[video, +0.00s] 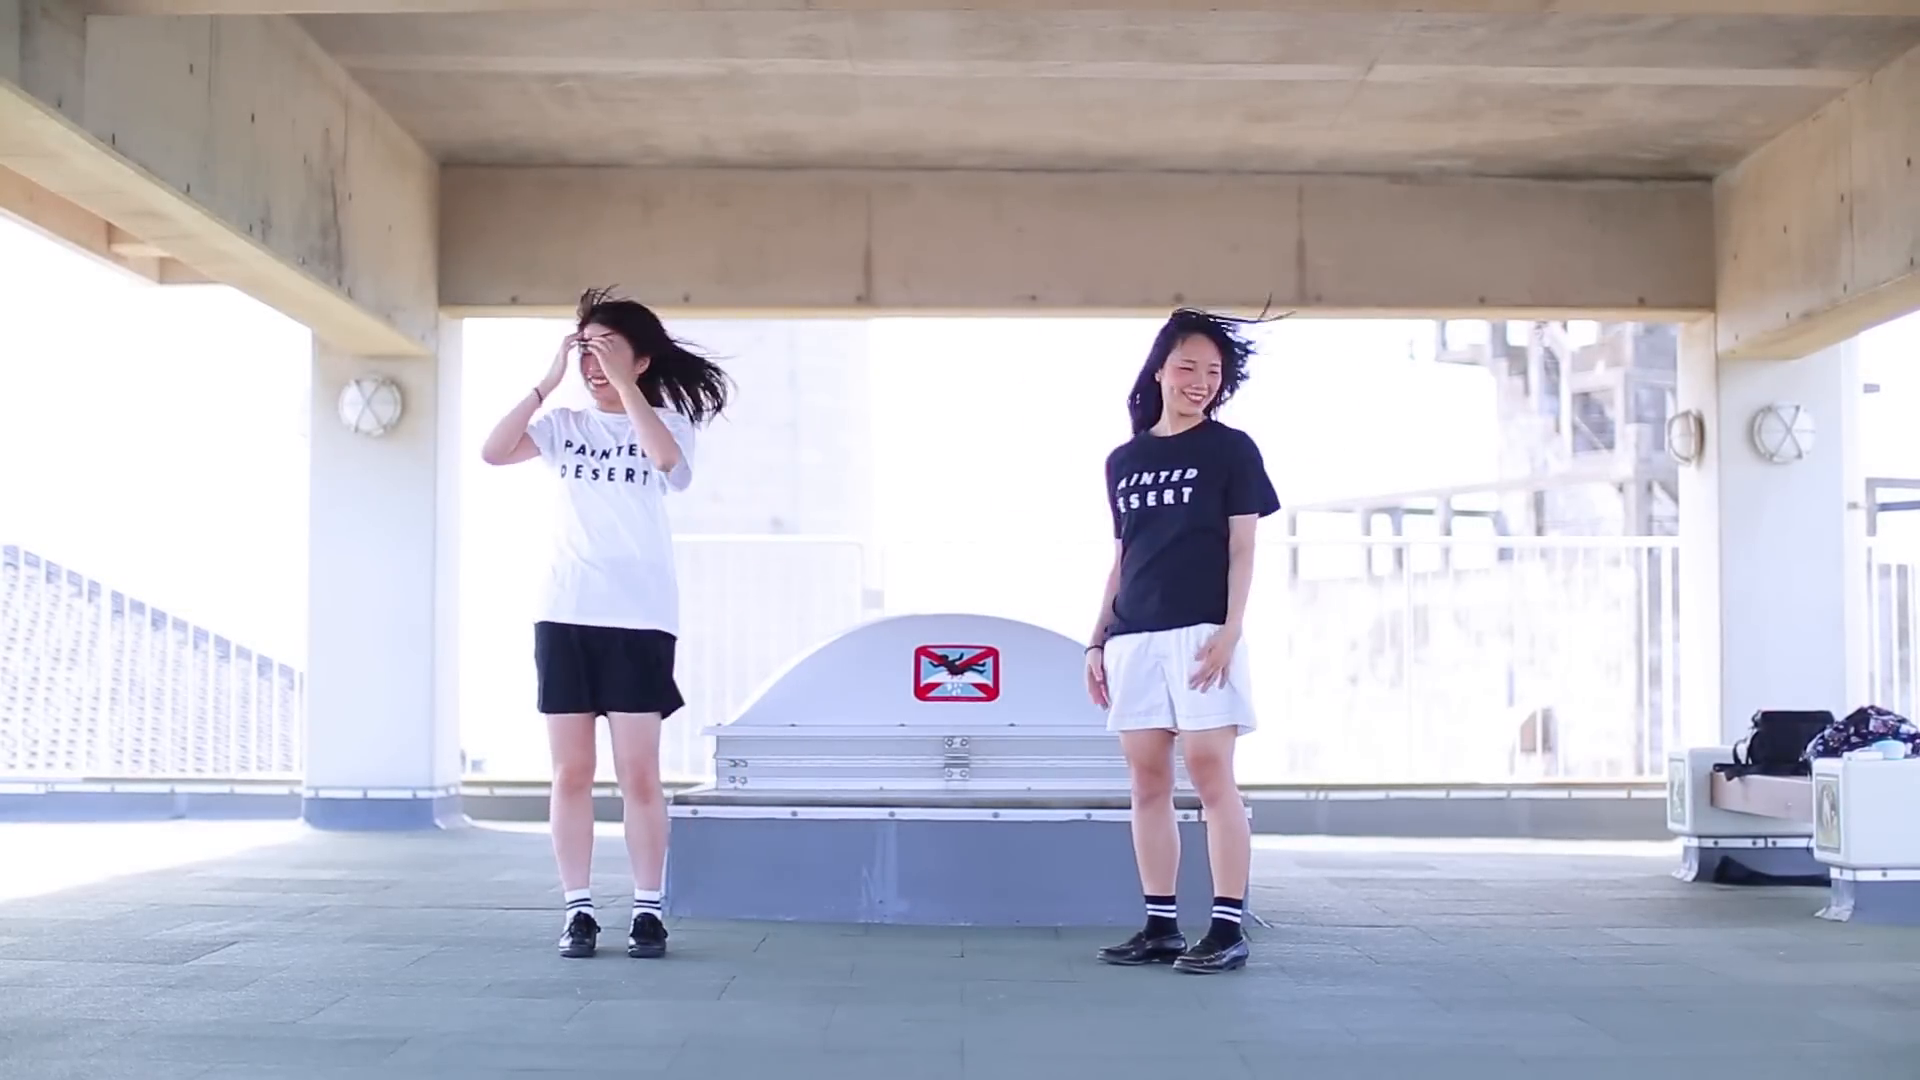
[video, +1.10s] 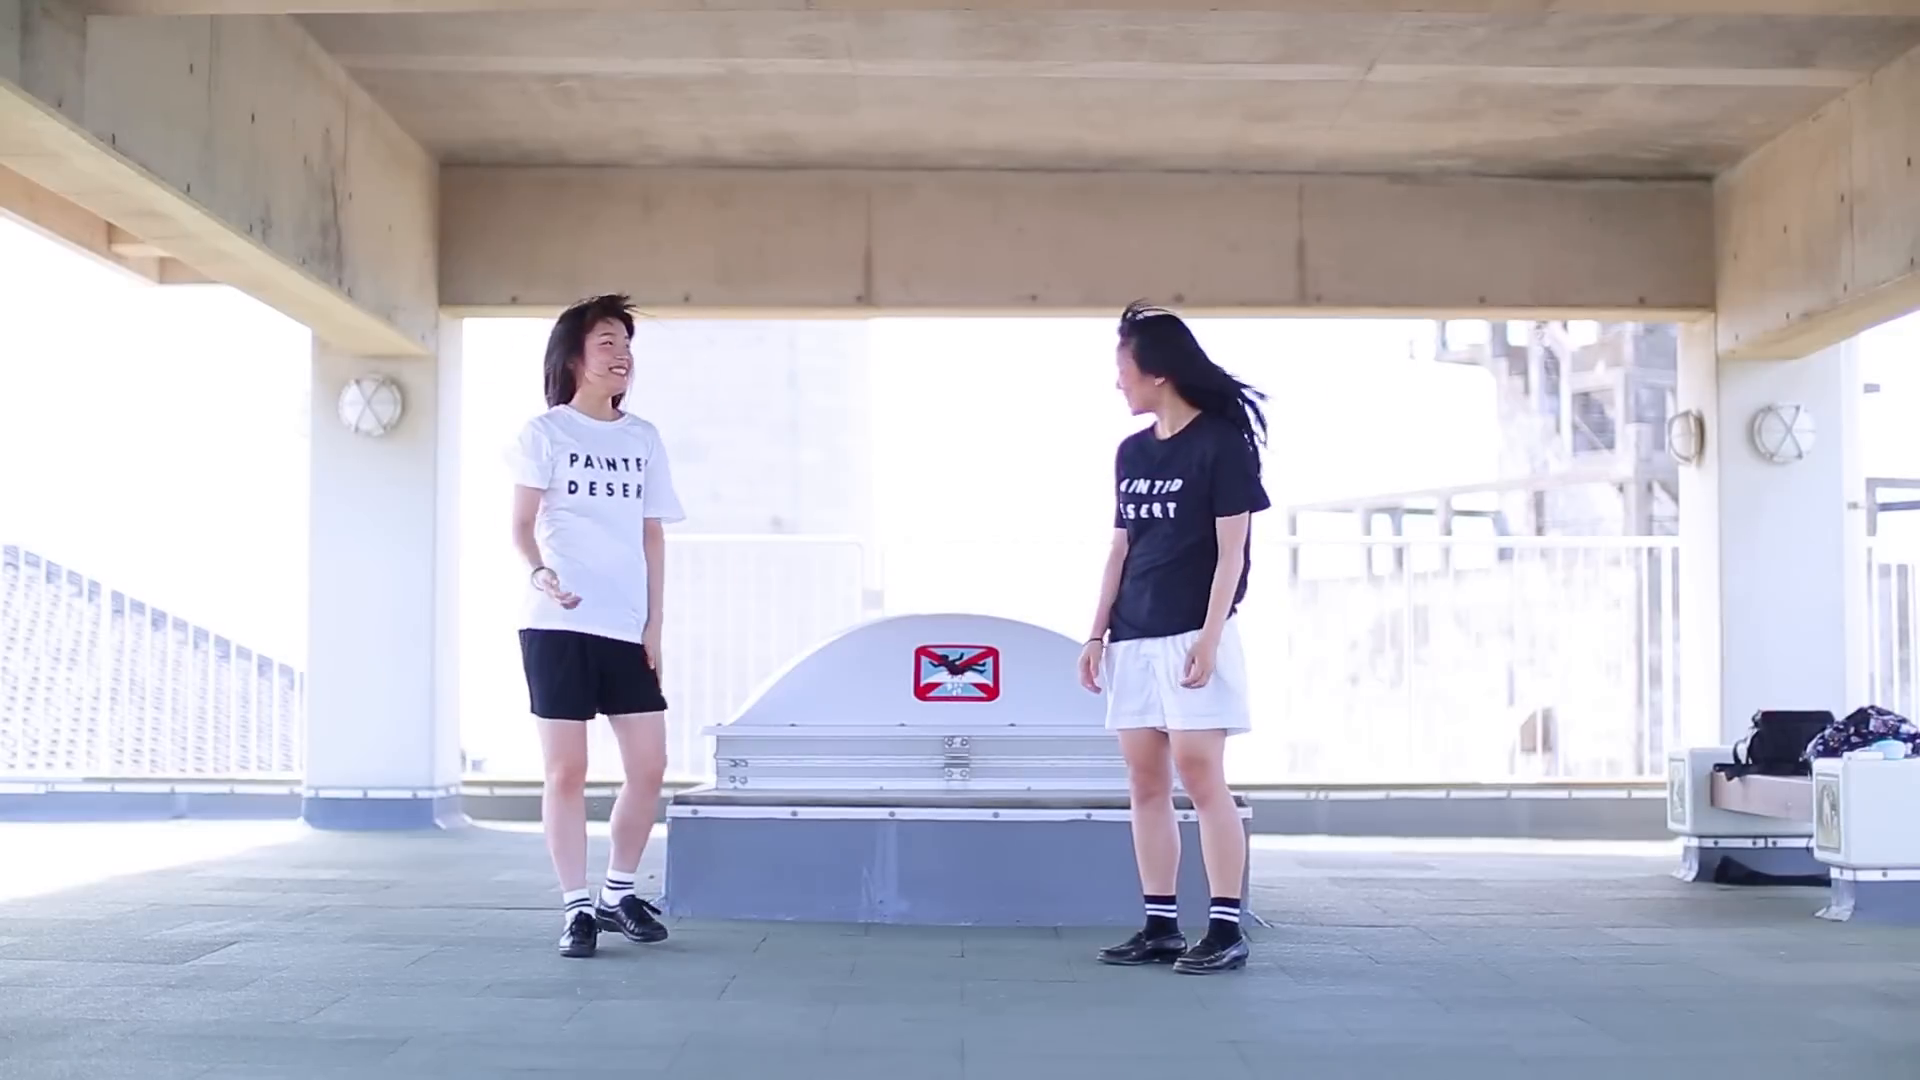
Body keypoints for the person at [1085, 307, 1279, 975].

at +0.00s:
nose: (1198, 379)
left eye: (1211, 369)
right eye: (1186, 365)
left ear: (1222, 380)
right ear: (1159, 369)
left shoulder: (1232, 448)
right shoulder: (1123, 460)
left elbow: (1242, 549)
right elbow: (1123, 556)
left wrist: (1230, 632)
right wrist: (1097, 642)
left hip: (1202, 633)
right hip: (1132, 638)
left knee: (1210, 776)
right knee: (1147, 779)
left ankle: (1228, 929)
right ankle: (1159, 928)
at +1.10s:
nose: (1117, 380)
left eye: (1123, 369)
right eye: (1117, 368)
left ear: (1157, 373)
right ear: (1151, 370)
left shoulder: (1224, 440)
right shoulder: (1133, 450)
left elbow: (1231, 550)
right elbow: (1121, 548)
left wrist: (1211, 633)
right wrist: (1097, 635)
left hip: (1196, 633)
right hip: (1130, 639)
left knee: (1200, 777)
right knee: (1146, 781)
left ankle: (1227, 930)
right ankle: (1160, 927)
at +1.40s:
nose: (1062, 456)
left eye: (1065, 441)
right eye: (1057, 443)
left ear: (1101, 430)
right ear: (1095, 436)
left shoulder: (1193, 469)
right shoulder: (1105, 491)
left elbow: (1261, 546)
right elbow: (1143, 563)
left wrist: (1309, 622)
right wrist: (1160, 630)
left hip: (1240, 636)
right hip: (1174, 641)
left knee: (1220, 775)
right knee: (1165, 777)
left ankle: (1230, 931)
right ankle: (1162, 928)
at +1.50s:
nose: (1069, 486)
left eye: (1068, 474)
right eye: (1061, 477)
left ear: (1096, 456)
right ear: (1092, 460)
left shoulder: (1196, 480)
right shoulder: (1106, 502)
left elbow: (1259, 547)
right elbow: (1156, 566)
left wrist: (1307, 617)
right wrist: (1179, 620)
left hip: (1244, 634)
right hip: (1180, 639)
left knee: (1223, 777)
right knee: (1172, 779)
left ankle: (1230, 932)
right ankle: (1162, 928)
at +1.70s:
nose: (1083, 443)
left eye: (1090, 430)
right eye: (1076, 432)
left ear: (1124, 416)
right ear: (1078, 426)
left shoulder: (1194, 465)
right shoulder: (1114, 470)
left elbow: (1253, 558)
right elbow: (1161, 556)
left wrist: (1261, 650)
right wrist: (1159, 625)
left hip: (1224, 636)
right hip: (1161, 636)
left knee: (1209, 774)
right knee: (1149, 778)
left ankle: (1229, 930)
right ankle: (1158, 927)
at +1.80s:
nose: (1099, 411)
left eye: (1107, 398)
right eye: (1094, 399)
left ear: (1141, 391)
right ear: (1095, 399)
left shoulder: (1203, 457)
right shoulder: (1120, 462)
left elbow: (1238, 557)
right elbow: (1137, 555)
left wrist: (1218, 633)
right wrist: (1133, 625)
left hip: (1216, 631)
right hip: (1147, 634)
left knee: (1208, 777)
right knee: (1131, 783)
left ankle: (1230, 928)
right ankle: (1138, 919)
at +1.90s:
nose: (1119, 396)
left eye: (1130, 382)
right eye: (1111, 385)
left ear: (1165, 381)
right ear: (1105, 391)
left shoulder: (1211, 454)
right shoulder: (1110, 460)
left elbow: (1227, 553)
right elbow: (1110, 551)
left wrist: (1180, 581)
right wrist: (1085, 633)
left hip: (1202, 636)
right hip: (1129, 637)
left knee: (1202, 780)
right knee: (1108, 787)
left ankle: (1227, 929)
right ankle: (1103, 917)